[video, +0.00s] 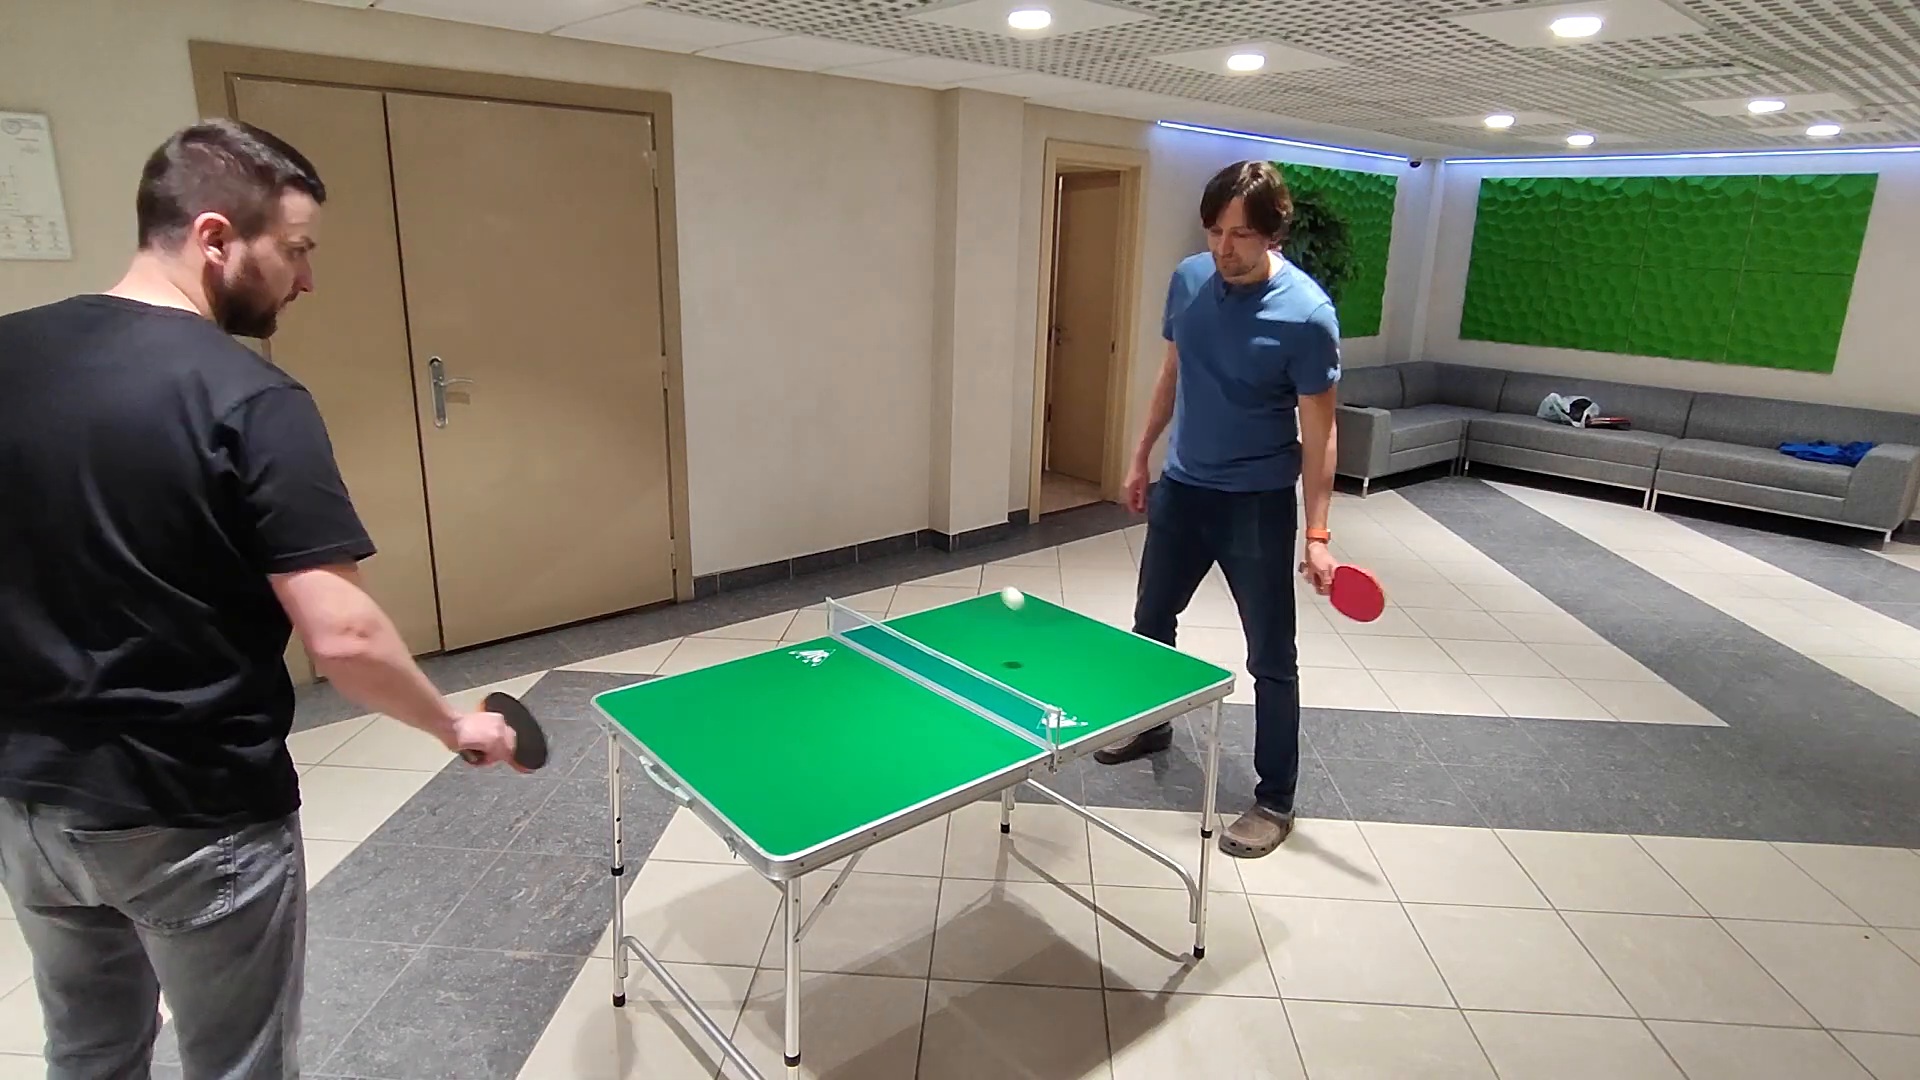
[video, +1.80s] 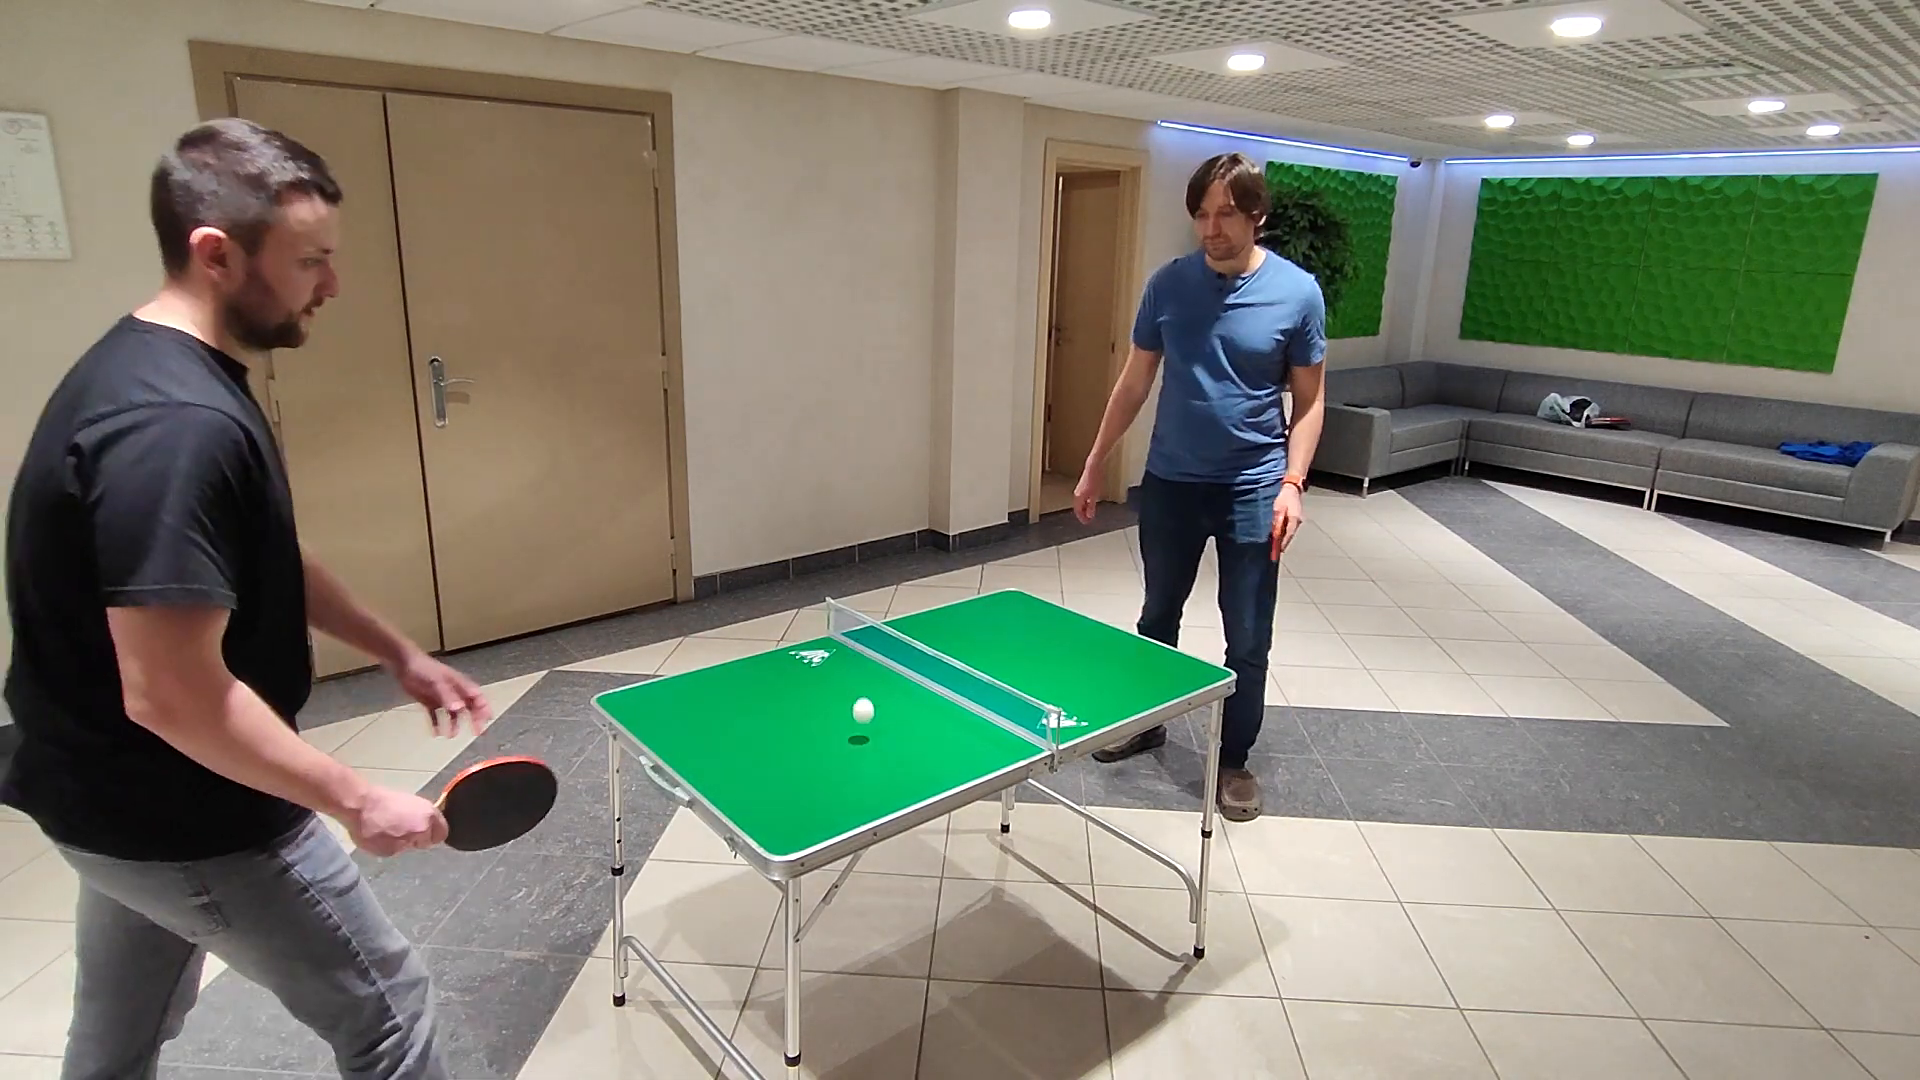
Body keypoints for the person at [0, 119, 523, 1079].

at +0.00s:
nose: (305, 280)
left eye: (310, 255)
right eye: (296, 251)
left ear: (203, 234)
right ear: (214, 238)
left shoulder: (15, 347)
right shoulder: (249, 396)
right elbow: (342, 637)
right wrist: (451, 723)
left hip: (28, 797)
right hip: (195, 811)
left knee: (89, 1061)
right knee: (239, 1064)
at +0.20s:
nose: (254, 254)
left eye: (254, 228)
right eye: (237, 227)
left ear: (143, 222)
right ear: (147, 221)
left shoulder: (9, 344)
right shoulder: (184, 390)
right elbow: (220, 643)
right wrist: (333, 744)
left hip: (37, 799)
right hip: (180, 821)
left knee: (86, 1055)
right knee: (237, 1064)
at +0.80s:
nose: (241, 279)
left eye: (243, 252)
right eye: (218, 245)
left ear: (113, 230)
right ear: (118, 227)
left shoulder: (20, 341)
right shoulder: (116, 389)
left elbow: (69, 574)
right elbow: (226, 619)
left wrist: (225, 670)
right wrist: (382, 723)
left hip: (31, 812)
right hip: (143, 834)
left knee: (69, 1054)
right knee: (226, 1060)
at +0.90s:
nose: (285, 299)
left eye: (287, 270)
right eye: (268, 265)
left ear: (165, 245)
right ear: (170, 244)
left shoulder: (13, 349)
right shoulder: (170, 413)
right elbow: (341, 626)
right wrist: (499, 732)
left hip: (19, 831)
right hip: (141, 849)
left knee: (61, 1065)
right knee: (219, 1064)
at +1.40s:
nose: (330, 293)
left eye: (330, 265)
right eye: (313, 263)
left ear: (213, 249)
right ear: (218, 251)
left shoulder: (25, 354)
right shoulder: (219, 423)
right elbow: (280, 693)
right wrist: (433, 812)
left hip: (25, 823)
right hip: (169, 853)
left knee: (91, 1056)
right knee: (231, 1066)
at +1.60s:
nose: (274, 276)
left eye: (271, 247)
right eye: (252, 247)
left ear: (148, 244)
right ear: (150, 241)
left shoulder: (33, 359)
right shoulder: (142, 422)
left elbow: (163, 578)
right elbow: (155, 692)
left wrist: (273, 696)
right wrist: (310, 824)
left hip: (55, 815)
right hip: (174, 839)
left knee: (92, 1047)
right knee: (334, 1021)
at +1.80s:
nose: (333, 287)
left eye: (331, 258)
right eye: (313, 259)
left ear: (213, 256)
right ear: (216, 254)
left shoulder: (165, 366)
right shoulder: (177, 426)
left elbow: (266, 561)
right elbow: (174, 692)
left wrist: (402, 656)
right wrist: (352, 795)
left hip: (121, 795)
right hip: (201, 820)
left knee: (115, 1038)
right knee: (389, 1011)